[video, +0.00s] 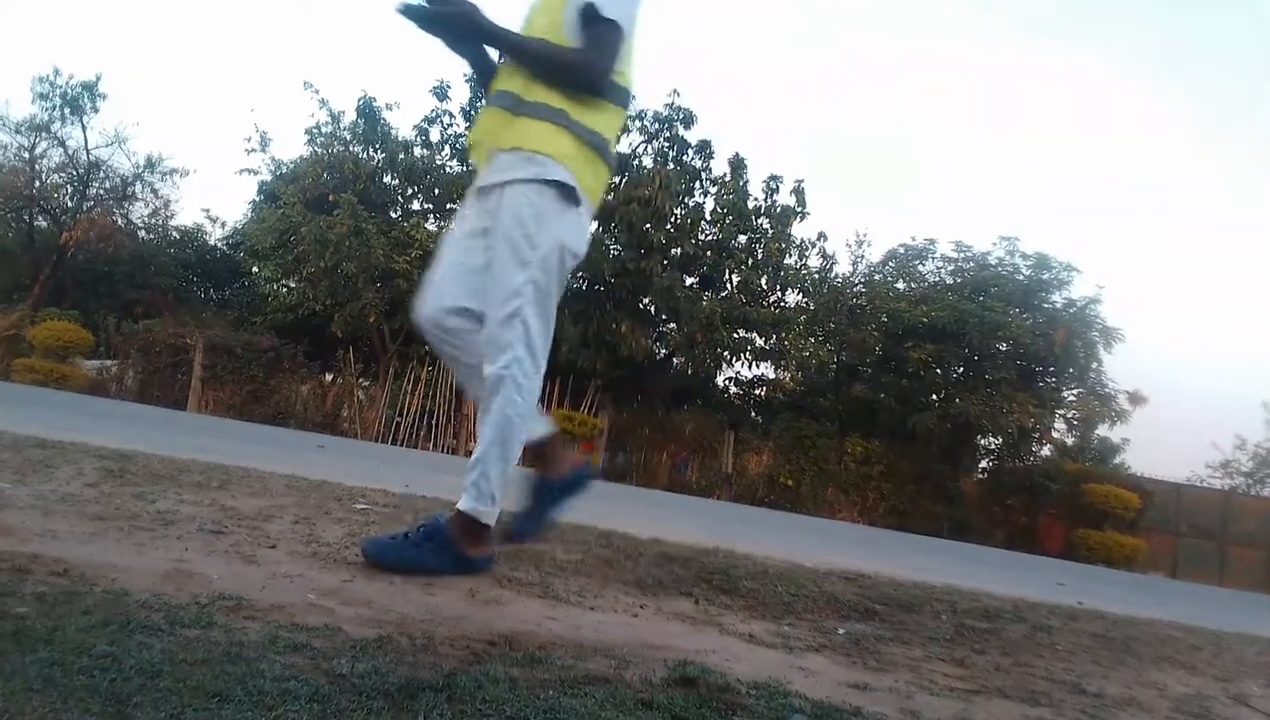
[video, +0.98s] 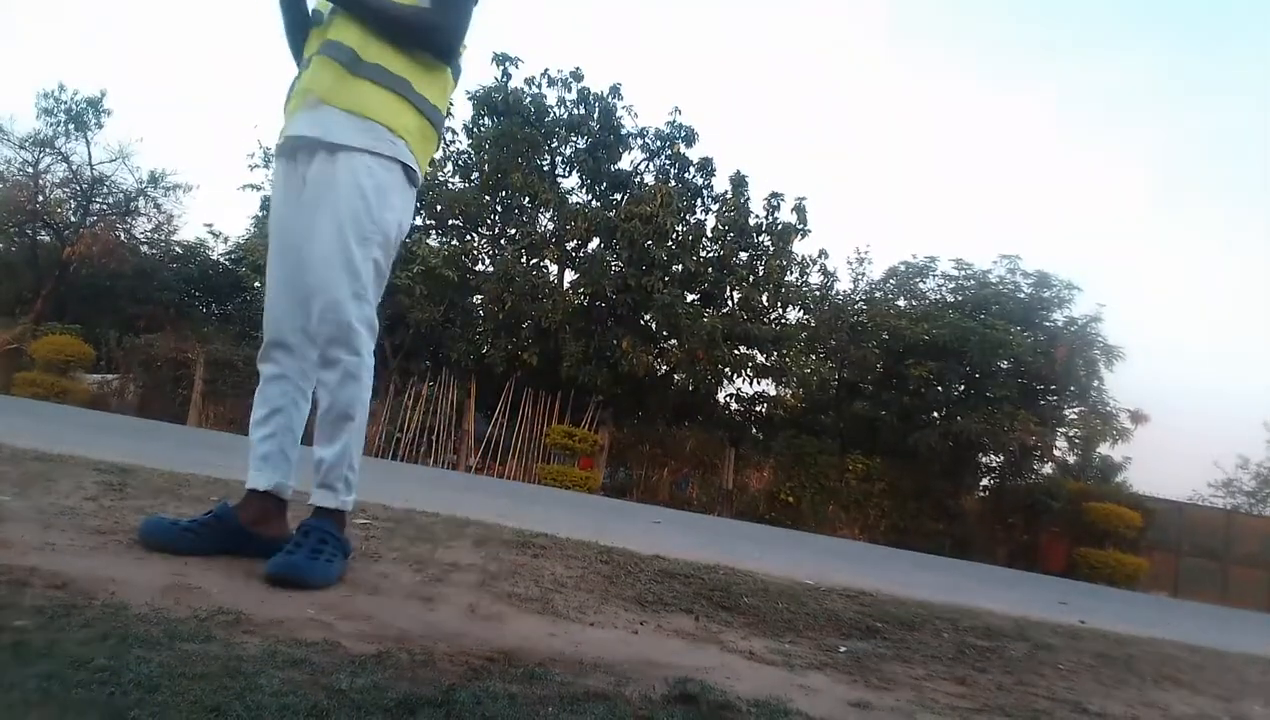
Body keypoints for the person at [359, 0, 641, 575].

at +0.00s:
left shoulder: (604, 3)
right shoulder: (547, 20)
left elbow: (593, 73)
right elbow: (514, 107)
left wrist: (488, 29)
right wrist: (469, 48)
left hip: (548, 178)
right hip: (493, 178)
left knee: (515, 344)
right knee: (442, 311)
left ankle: (472, 526)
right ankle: (556, 456)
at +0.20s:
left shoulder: (561, 3)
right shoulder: (500, 15)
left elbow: (548, 86)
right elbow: (475, 110)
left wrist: (443, 47)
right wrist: (434, 48)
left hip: (515, 200)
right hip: (454, 198)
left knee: (493, 370)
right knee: (384, 326)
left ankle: (468, 555)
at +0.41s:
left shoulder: (508, 6)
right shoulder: (432, 17)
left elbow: (513, 67)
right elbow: (408, 94)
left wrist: (392, 32)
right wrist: (366, 37)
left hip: (454, 173)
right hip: (389, 174)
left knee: (447, 353)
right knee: (338, 347)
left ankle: (465, 541)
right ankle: (264, 513)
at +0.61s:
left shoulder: (464, 4)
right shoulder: (374, 15)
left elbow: (469, 54)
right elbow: (353, 81)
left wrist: (363, 10)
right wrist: (322, 25)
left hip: (405, 143)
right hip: (339, 147)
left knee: (351, 306)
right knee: (306, 336)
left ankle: (437, 505)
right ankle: (264, 511)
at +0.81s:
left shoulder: (446, 5)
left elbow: (443, 40)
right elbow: (316, 65)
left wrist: (350, 3)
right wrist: (301, 2)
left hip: (386, 129)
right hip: (316, 126)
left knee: (334, 313)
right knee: (291, 328)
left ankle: (333, 522)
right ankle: (261, 510)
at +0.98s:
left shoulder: (446, 8)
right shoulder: (337, 17)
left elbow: (442, 34)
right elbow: (312, 54)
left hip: (375, 136)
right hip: (302, 131)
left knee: (340, 330)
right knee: (284, 333)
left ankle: (327, 522)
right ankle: (261, 510)